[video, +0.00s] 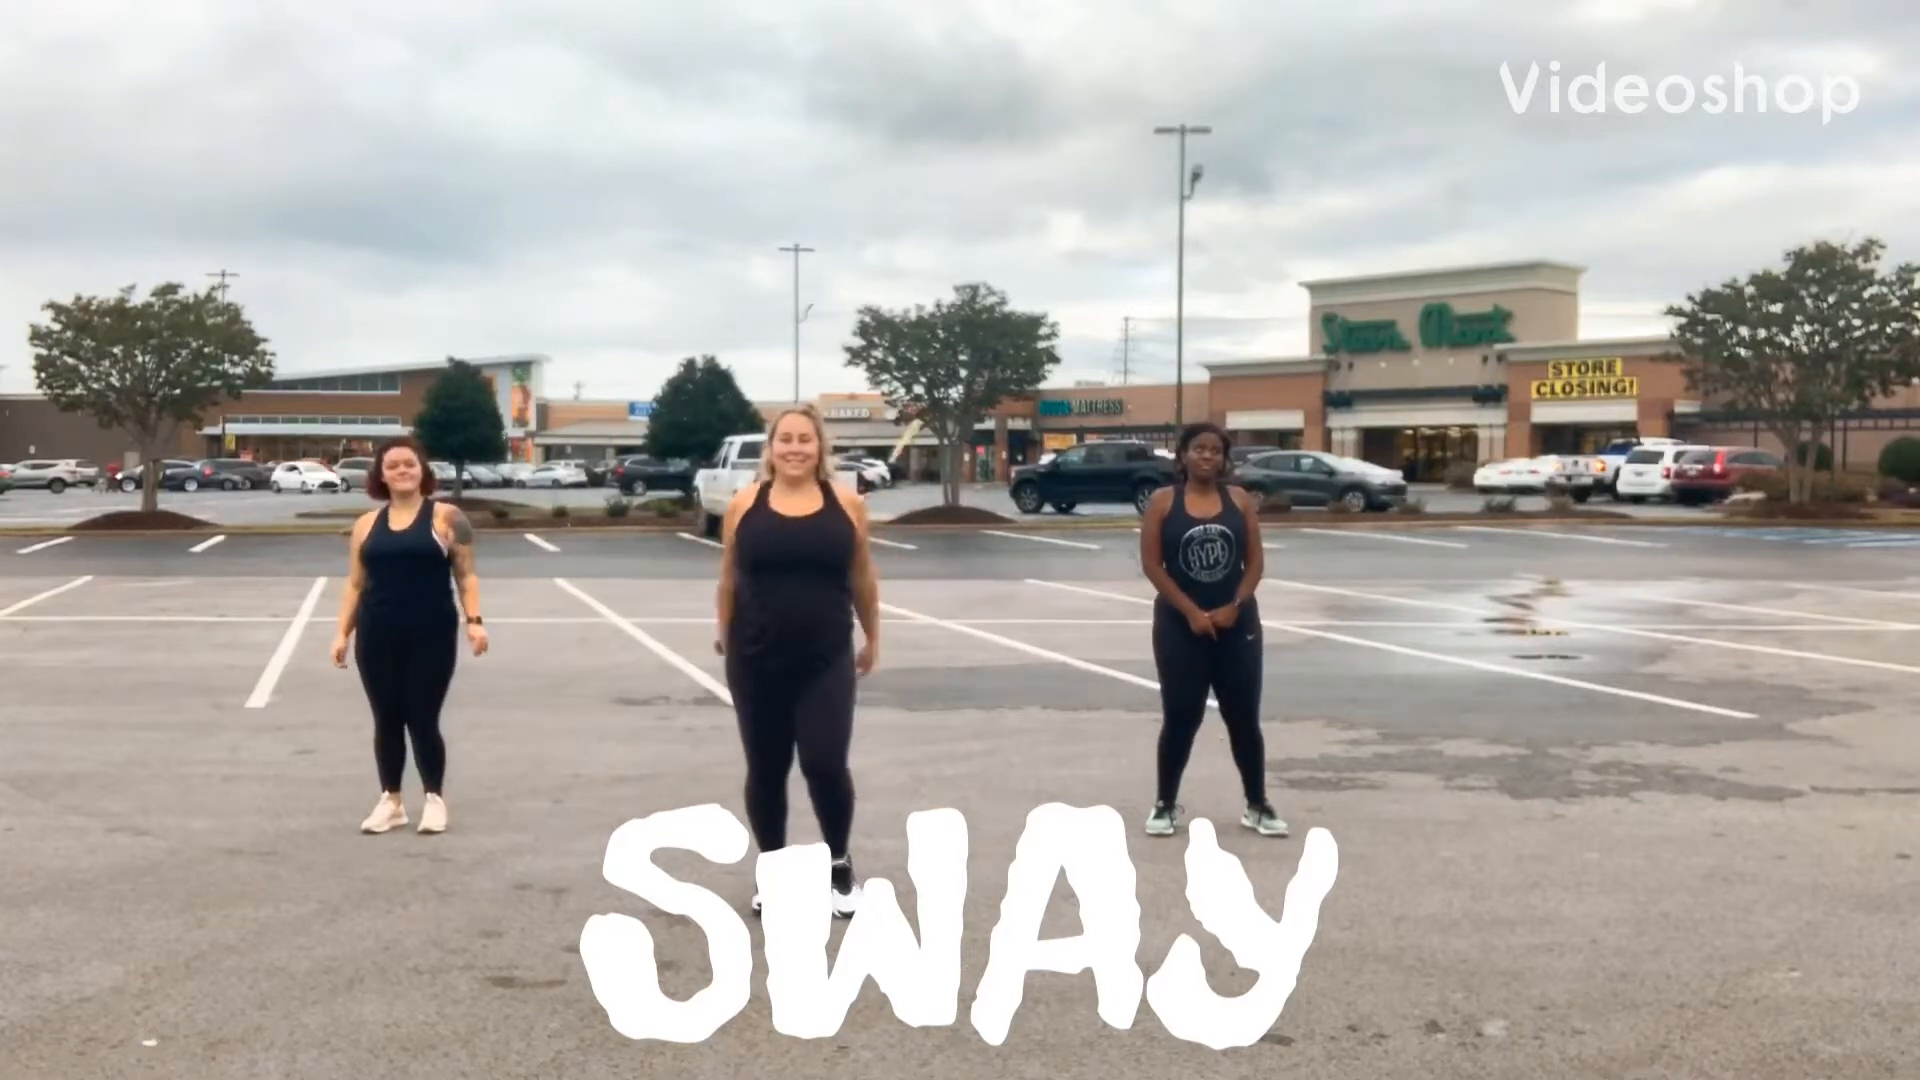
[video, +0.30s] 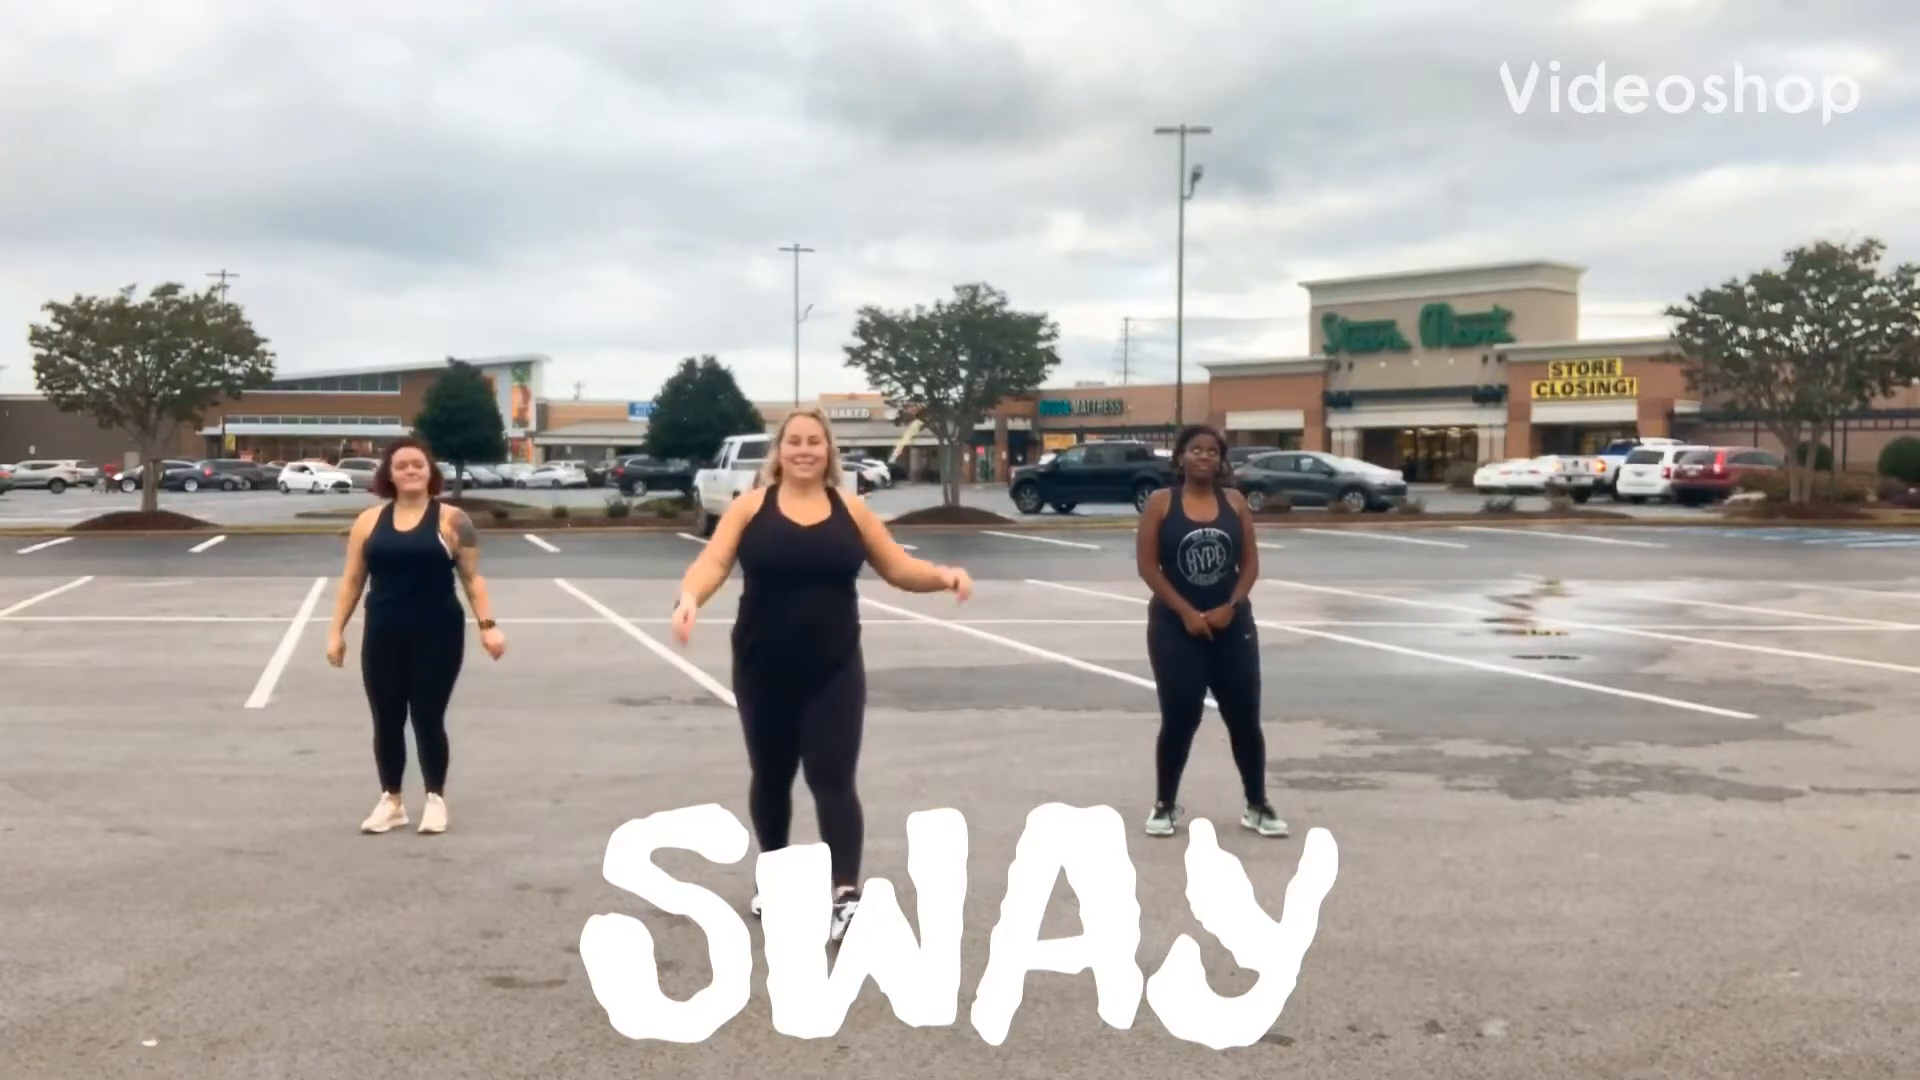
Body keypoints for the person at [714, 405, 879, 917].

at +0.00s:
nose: (795, 448)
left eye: (805, 439)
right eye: (785, 439)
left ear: (820, 448)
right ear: (770, 448)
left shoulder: (845, 505)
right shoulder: (744, 504)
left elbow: (862, 575)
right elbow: (728, 576)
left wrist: (872, 637)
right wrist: (725, 631)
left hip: (826, 658)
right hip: (755, 658)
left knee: (824, 767)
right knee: (765, 772)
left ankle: (839, 863)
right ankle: (769, 873)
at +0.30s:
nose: (803, 450)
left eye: (813, 442)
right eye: (794, 442)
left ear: (829, 451)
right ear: (778, 450)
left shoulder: (851, 510)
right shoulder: (749, 507)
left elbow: (897, 568)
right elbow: (714, 561)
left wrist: (942, 575)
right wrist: (689, 597)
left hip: (834, 670)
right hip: (763, 670)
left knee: (832, 779)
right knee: (770, 778)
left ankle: (845, 892)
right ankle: (772, 879)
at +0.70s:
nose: (832, 441)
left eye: (842, 432)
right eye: (821, 432)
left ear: (857, 444)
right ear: (804, 442)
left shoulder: (884, 510)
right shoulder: (773, 507)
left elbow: (910, 585)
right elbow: (738, 581)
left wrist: (944, 605)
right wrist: (729, 652)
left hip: (866, 683)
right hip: (789, 681)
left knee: (855, 804)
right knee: (788, 802)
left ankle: (848, 920)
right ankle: (789, 875)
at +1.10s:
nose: (819, 451)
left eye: (830, 441)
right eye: (809, 441)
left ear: (848, 452)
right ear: (792, 452)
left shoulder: (877, 516)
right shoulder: (761, 517)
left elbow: (919, 590)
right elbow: (714, 576)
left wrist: (898, 657)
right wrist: (732, 625)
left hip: (861, 703)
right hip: (780, 701)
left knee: (853, 828)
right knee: (786, 833)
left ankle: (849, 915)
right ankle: (784, 975)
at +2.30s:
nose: (806, 440)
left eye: (818, 431)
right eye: (794, 430)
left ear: (836, 444)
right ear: (774, 443)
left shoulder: (864, 512)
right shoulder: (740, 514)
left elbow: (890, 595)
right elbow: (688, 591)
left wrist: (807, 605)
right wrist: (707, 667)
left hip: (834, 706)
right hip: (749, 705)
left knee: (845, 833)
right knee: (730, 836)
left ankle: (860, 970)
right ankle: (672, 958)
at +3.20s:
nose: (818, 457)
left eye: (829, 448)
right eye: (806, 448)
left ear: (846, 459)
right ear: (787, 460)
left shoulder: (876, 526)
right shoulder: (760, 529)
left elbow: (906, 608)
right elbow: (708, 614)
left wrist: (880, 674)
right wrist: (727, 699)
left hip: (862, 706)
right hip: (783, 710)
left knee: (889, 827)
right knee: (794, 842)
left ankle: (859, 952)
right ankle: (779, 957)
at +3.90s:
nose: (854, 455)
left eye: (866, 445)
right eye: (843, 445)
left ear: (883, 458)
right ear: (825, 457)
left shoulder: (908, 526)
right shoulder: (794, 520)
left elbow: (933, 615)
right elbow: (728, 574)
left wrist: (889, 605)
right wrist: (748, 643)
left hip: (889, 702)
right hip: (806, 702)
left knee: (936, 822)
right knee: (807, 838)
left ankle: (975, 941)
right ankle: (775, 950)